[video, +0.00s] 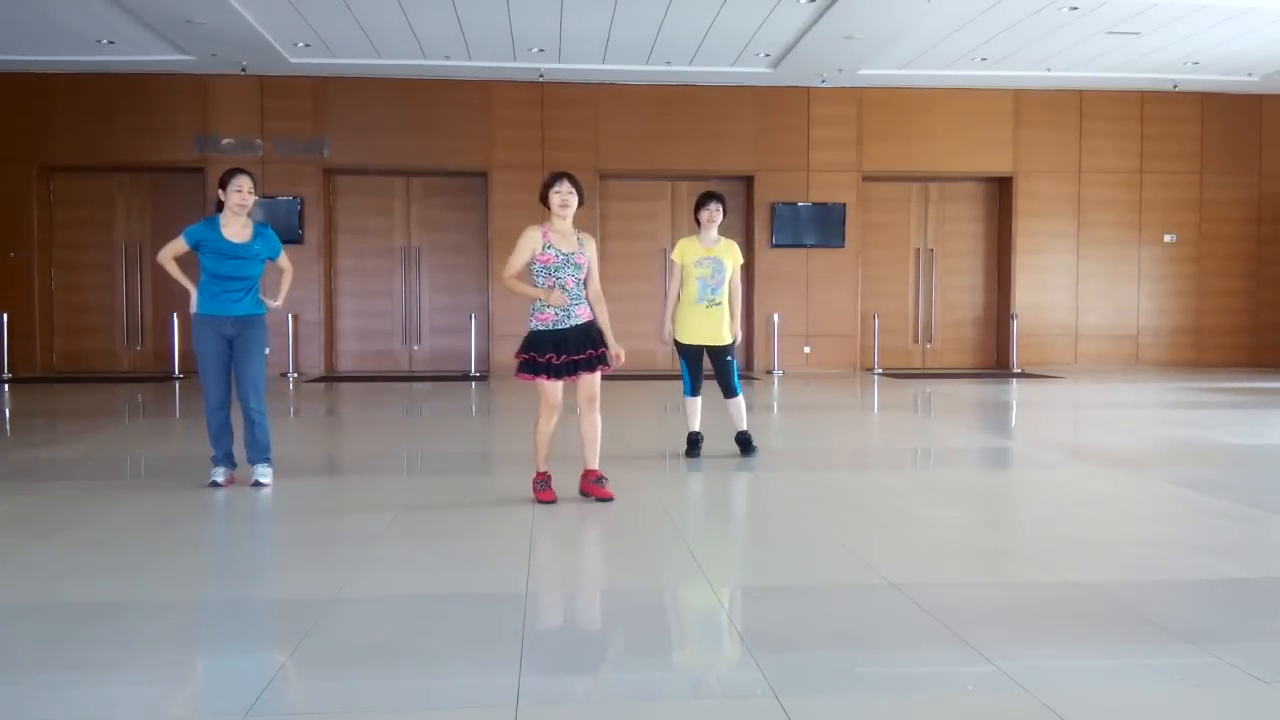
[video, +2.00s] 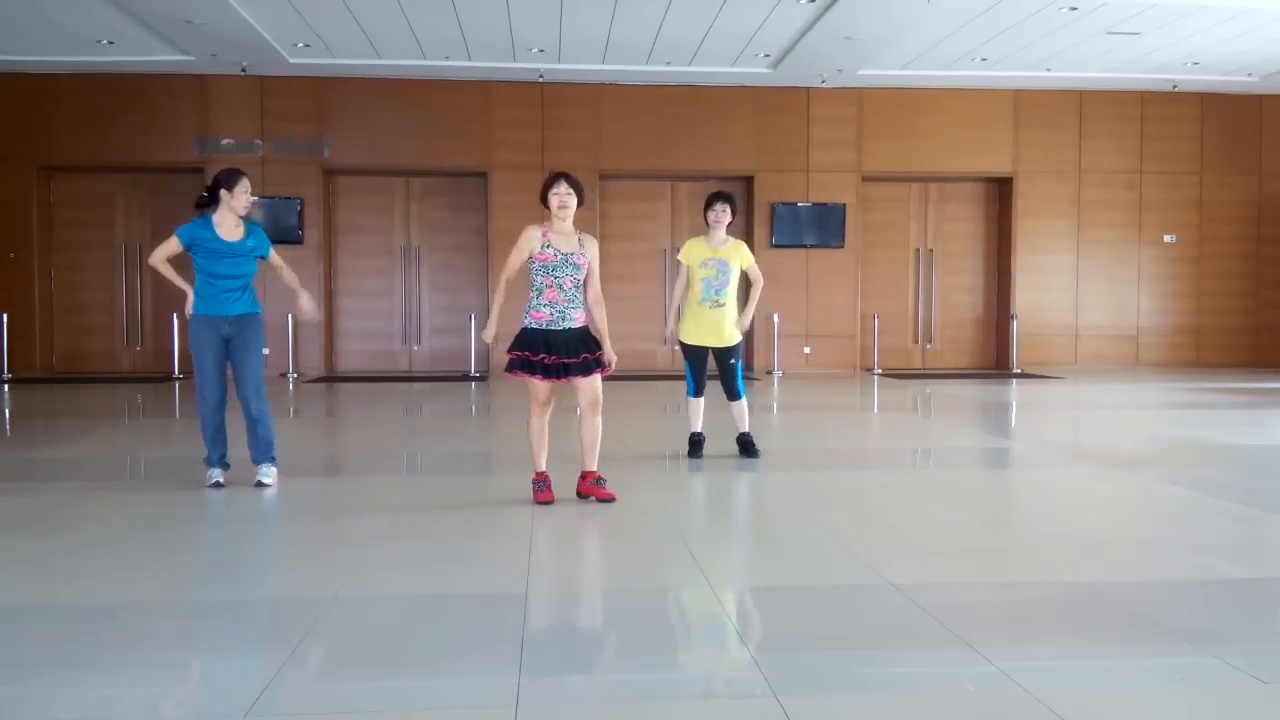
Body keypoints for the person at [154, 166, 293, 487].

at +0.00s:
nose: (244, 197)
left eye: (249, 192)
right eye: (237, 190)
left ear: (255, 198)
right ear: (222, 194)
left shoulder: (264, 235)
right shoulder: (203, 231)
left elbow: (287, 268)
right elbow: (163, 256)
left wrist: (279, 299)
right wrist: (191, 288)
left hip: (251, 322)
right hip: (210, 322)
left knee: (253, 397)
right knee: (216, 398)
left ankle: (261, 463)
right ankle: (222, 464)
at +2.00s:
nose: (250, 199)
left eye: (250, 193)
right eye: (244, 193)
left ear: (238, 196)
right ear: (224, 195)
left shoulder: (254, 233)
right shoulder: (197, 229)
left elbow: (280, 266)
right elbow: (156, 258)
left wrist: (301, 291)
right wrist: (187, 288)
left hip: (246, 321)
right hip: (205, 322)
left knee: (252, 395)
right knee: (211, 397)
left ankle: (266, 463)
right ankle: (216, 465)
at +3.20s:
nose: (246, 202)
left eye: (248, 196)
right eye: (239, 196)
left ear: (249, 198)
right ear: (220, 198)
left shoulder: (259, 234)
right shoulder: (200, 235)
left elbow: (273, 279)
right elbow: (168, 268)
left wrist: (291, 318)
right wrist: (200, 292)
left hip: (259, 323)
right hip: (219, 325)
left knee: (255, 396)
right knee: (221, 395)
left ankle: (250, 462)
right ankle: (221, 464)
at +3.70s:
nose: (231, 198)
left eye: (233, 193)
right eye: (224, 193)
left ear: (234, 197)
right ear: (205, 197)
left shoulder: (246, 232)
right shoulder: (185, 235)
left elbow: (265, 278)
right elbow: (159, 266)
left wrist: (274, 320)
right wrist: (185, 291)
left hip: (241, 322)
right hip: (202, 324)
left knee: (245, 398)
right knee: (196, 398)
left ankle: (249, 463)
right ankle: (184, 465)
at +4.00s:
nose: (217, 202)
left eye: (220, 196)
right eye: (210, 196)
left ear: (223, 199)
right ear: (191, 199)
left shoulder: (230, 237)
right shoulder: (170, 232)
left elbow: (236, 285)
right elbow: (139, 260)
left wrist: (228, 328)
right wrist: (161, 288)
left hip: (211, 323)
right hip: (172, 324)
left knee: (225, 397)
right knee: (177, 398)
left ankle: (245, 461)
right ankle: (182, 466)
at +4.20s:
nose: (201, 202)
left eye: (207, 196)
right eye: (194, 196)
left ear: (216, 200)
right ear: (183, 201)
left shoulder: (224, 240)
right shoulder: (168, 231)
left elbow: (226, 289)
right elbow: (139, 258)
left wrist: (217, 331)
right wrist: (153, 288)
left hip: (198, 322)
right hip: (161, 322)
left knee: (207, 395)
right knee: (169, 397)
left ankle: (234, 462)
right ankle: (182, 466)